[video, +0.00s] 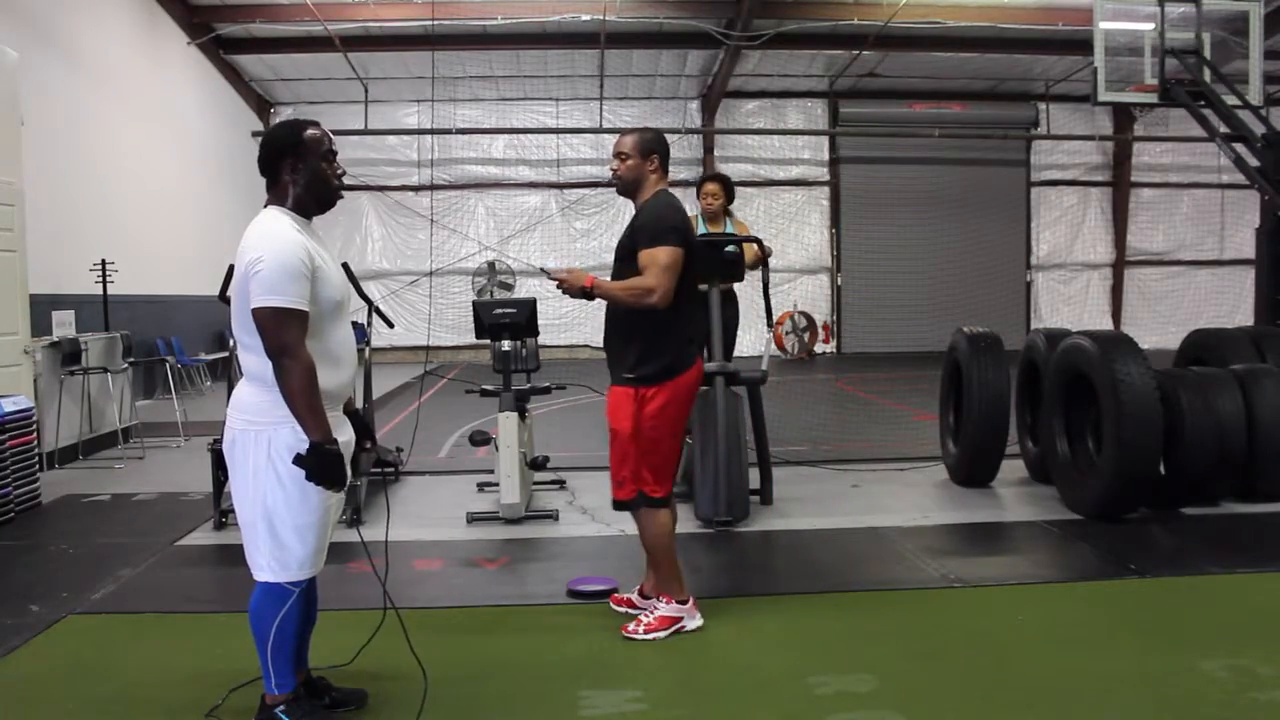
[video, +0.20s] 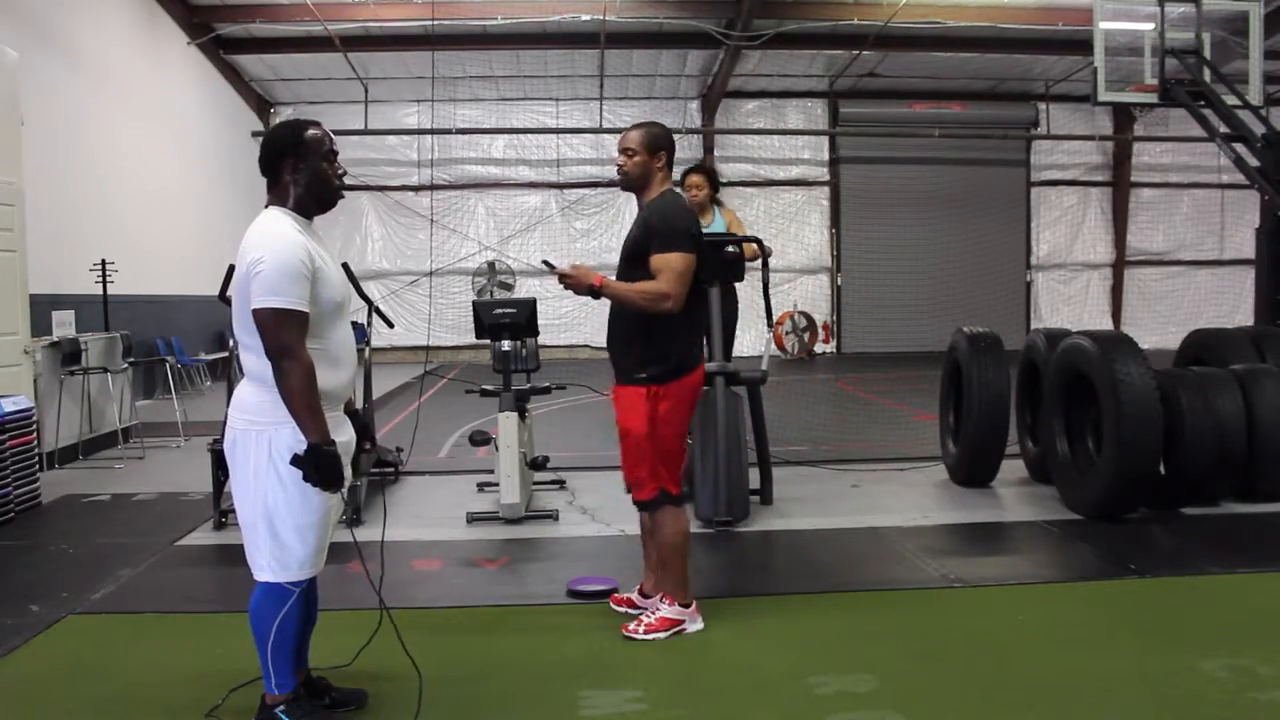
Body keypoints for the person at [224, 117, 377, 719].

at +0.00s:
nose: (341, 170)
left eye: (337, 159)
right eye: (329, 159)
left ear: (295, 171)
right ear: (293, 169)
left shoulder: (297, 238)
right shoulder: (275, 242)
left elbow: (314, 344)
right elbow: (285, 352)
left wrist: (351, 410)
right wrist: (321, 441)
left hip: (300, 428)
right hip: (277, 432)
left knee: (300, 566)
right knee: (283, 572)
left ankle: (297, 681)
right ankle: (280, 699)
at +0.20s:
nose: (342, 170)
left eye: (338, 159)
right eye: (329, 159)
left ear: (296, 171)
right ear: (294, 169)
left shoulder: (298, 239)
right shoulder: (277, 243)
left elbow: (315, 346)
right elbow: (285, 354)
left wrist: (351, 412)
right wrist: (319, 442)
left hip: (301, 428)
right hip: (278, 432)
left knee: (301, 567)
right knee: (284, 572)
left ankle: (296, 681)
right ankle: (280, 699)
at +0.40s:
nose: (343, 171)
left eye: (340, 159)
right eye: (331, 160)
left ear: (297, 171)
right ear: (296, 169)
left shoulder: (299, 240)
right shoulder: (277, 242)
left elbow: (320, 344)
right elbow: (286, 354)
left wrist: (355, 412)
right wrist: (328, 439)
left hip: (303, 430)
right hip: (278, 433)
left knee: (301, 566)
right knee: (284, 571)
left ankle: (297, 681)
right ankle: (280, 699)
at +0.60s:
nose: (344, 171)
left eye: (341, 161)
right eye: (333, 161)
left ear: (300, 172)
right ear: (297, 170)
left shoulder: (303, 239)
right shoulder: (281, 241)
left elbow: (328, 339)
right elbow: (289, 345)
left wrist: (378, 385)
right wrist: (359, 412)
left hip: (310, 425)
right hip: (282, 432)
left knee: (302, 564)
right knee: (282, 569)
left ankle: (298, 680)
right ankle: (279, 698)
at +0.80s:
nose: (350, 179)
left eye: (348, 167)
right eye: (339, 167)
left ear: (305, 174)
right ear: (303, 172)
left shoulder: (304, 235)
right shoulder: (280, 238)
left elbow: (329, 328)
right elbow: (292, 342)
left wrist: (370, 381)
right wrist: (338, 417)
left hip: (310, 423)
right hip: (284, 429)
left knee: (303, 564)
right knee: (285, 569)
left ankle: (298, 682)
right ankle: (278, 699)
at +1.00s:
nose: (370, 189)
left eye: (370, 177)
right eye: (363, 175)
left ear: (324, 175)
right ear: (324, 174)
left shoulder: (318, 236)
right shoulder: (282, 235)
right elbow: (243, 321)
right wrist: (202, 383)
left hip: (323, 429)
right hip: (291, 434)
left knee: (306, 566)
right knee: (287, 571)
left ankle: (299, 681)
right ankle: (278, 698)